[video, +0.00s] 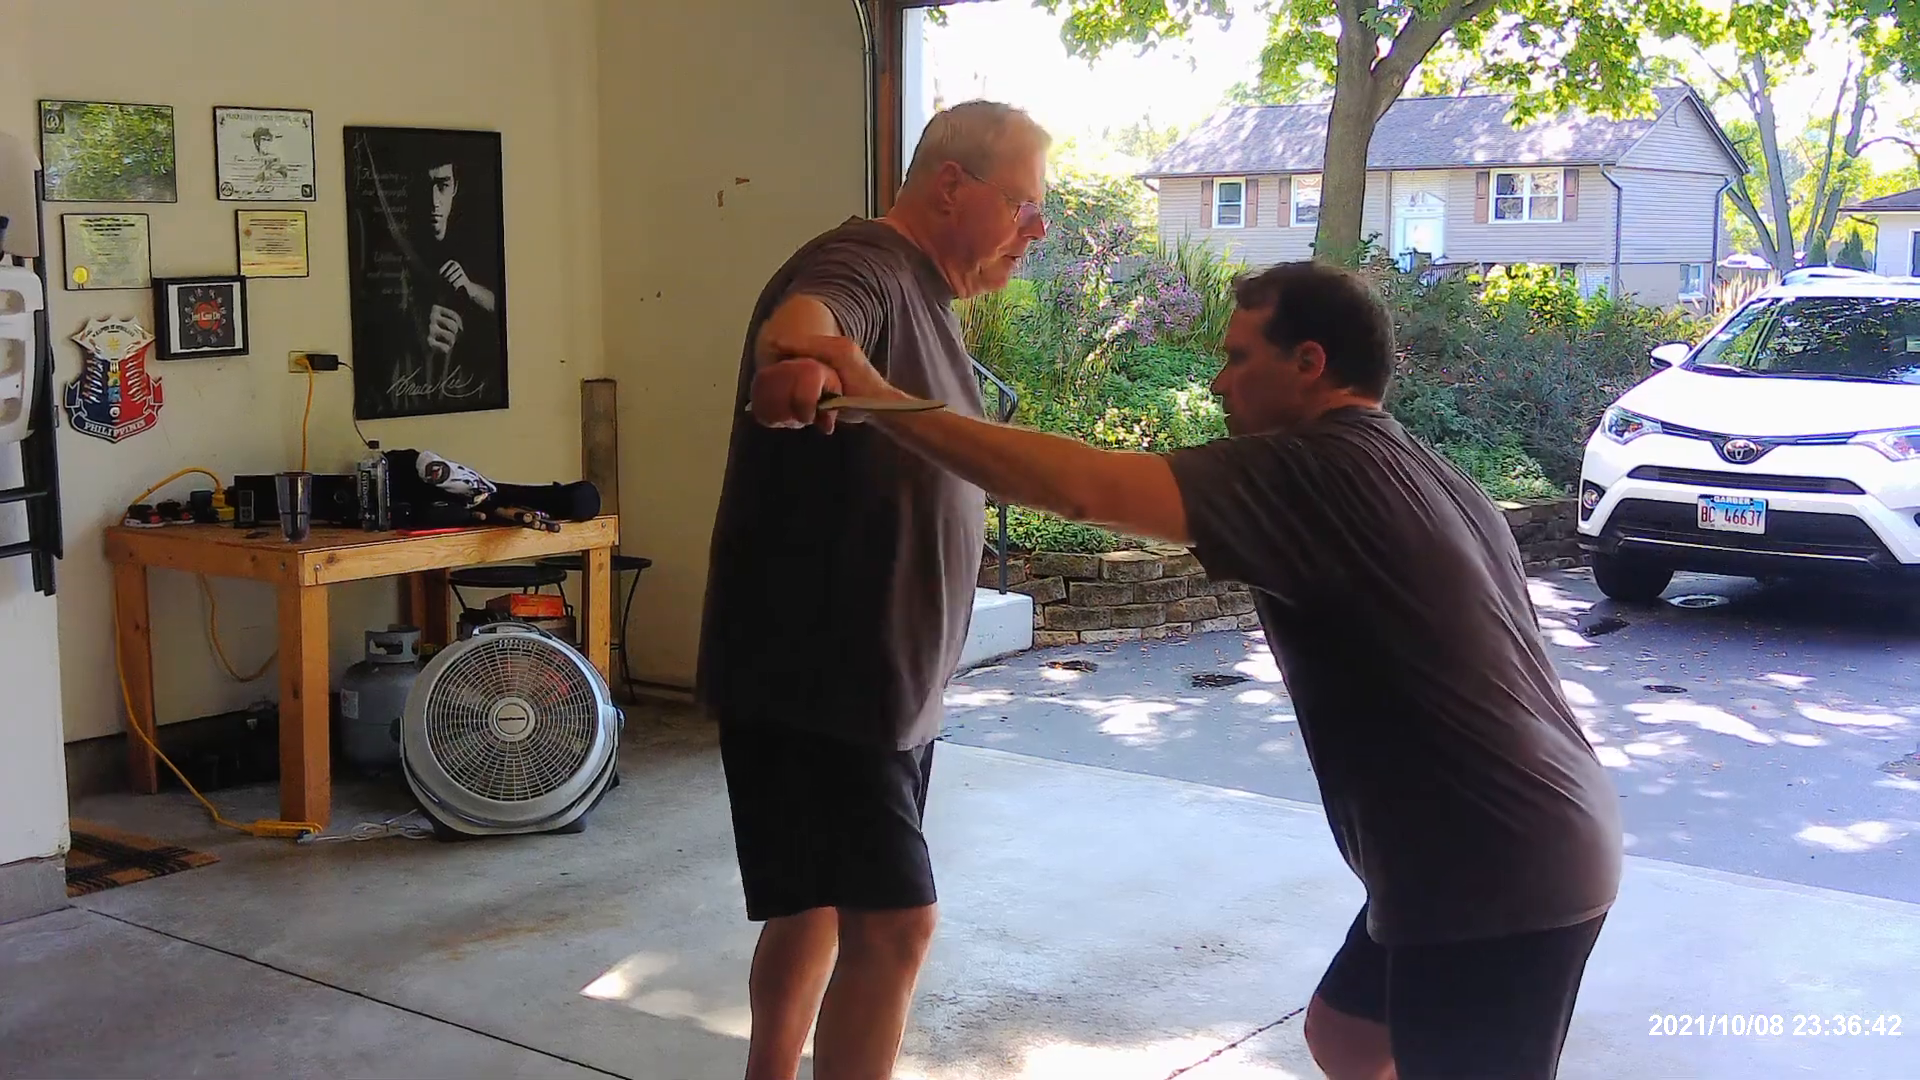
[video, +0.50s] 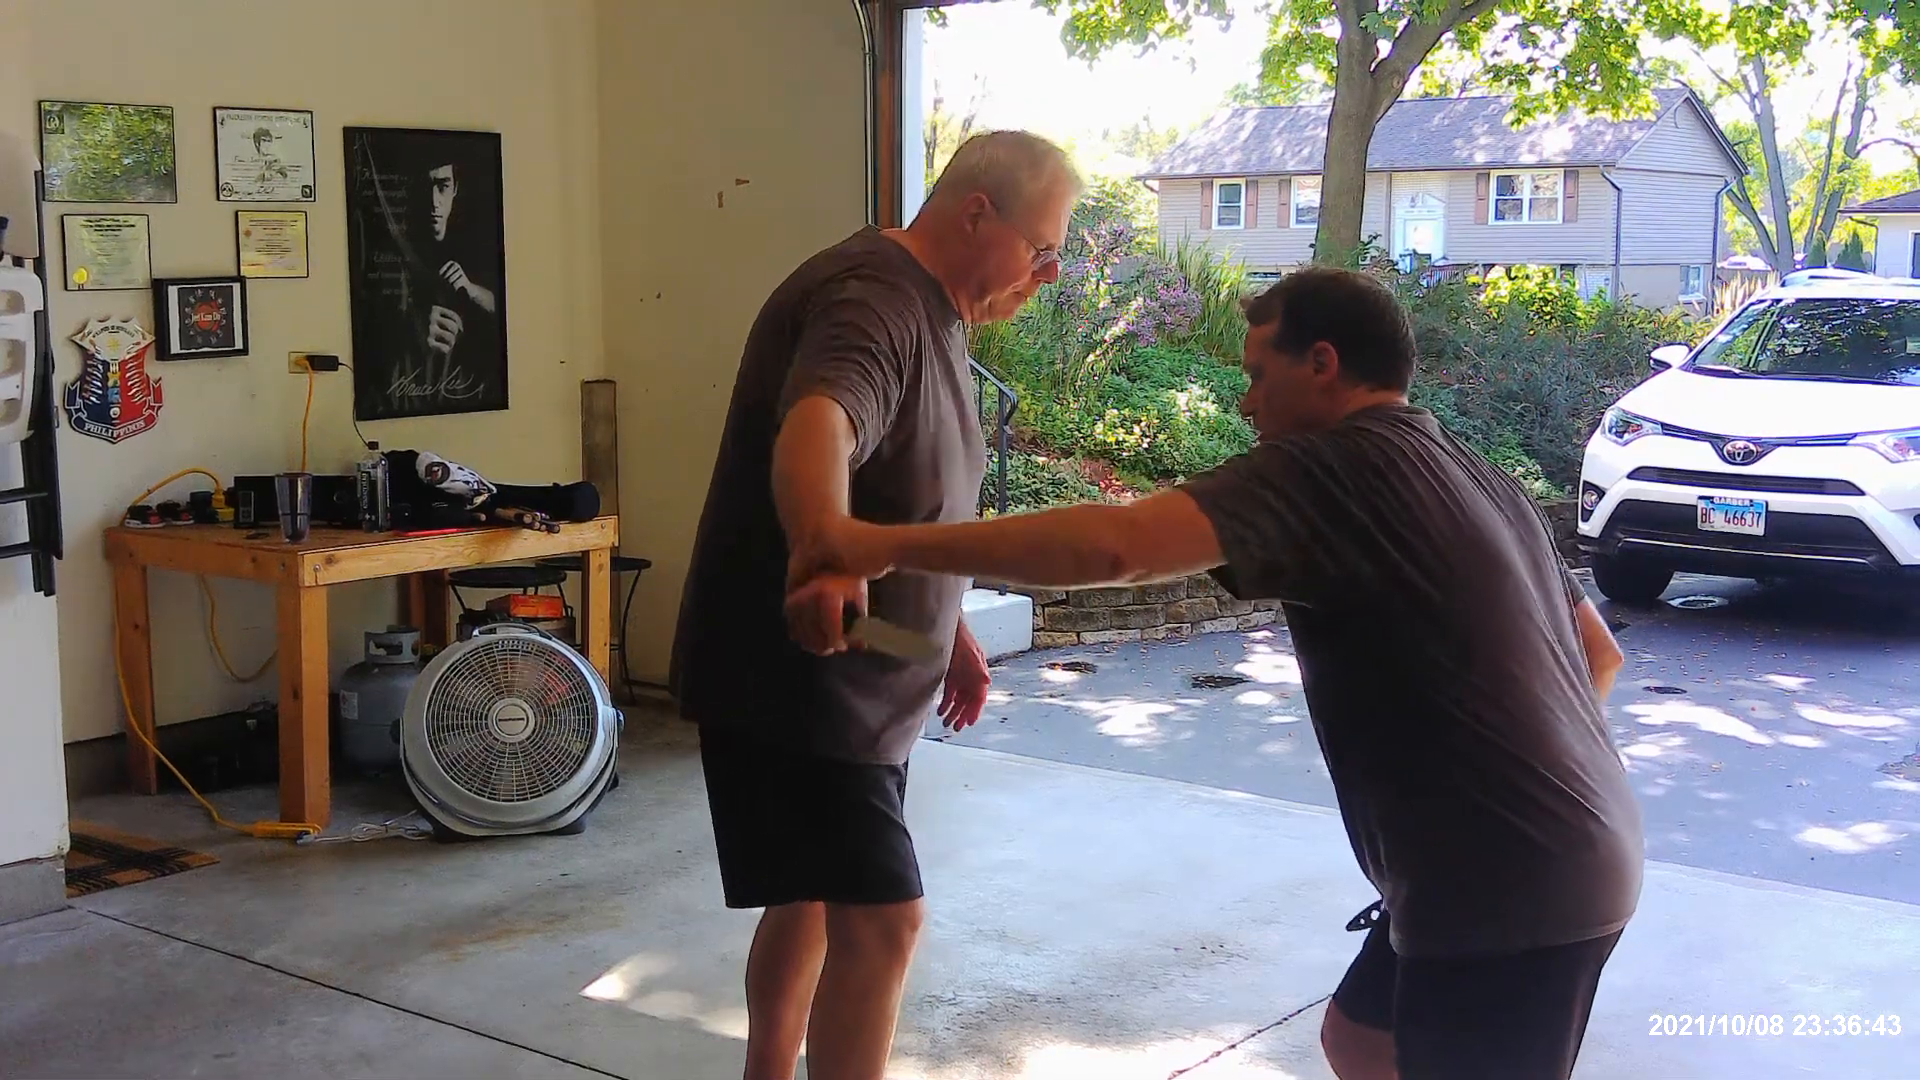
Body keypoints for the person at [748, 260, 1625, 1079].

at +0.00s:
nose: (1220, 377)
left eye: (1238, 355)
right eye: (1225, 354)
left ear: (1310, 364)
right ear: (1330, 370)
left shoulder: (1326, 466)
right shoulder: (1437, 474)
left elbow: (1095, 484)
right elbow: (1523, 653)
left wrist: (885, 405)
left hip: (1495, 871)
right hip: (1514, 842)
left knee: (1453, 1068)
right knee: (1348, 1029)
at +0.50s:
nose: (1246, 393)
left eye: (1257, 370)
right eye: (1246, 370)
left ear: (1321, 364)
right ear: (1354, 369)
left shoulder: (1340, 465)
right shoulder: (1472, 473)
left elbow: (1116, 542)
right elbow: (1597, 654)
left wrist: (889, 543)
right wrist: (1500, 776)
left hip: (1508, 874)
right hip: (1563, 842)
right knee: (1360, 1036)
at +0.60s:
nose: (1251, 404)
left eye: (1260, 378)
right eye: (1250, 380)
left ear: (1325, 374)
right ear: (1371, 381)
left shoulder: (1328, 478)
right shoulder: (1482, 476)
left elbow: (1128, 600)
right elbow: (1620, 634)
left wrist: (902, 626)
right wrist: (1528, 757)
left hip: (1517, 875)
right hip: (1589, 845)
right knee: (1370, 1036)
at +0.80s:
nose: (1260, 434)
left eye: (1267, 407)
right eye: (1258, 409)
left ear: (1323, 394)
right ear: (1381, 395)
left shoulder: (1317, 502)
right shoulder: (1502, 477)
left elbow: (1155, 686)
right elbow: (1665, 609)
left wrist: (965, 741)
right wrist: (1556, 723)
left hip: (1535, 892)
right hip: (1623, 856)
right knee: (1388, 1042)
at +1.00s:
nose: (1282, 438)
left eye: (1286, 411)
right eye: (1279, 413)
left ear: (1339, 399)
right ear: (1412, 397)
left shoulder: (1318, 508)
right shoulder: (1534, 485)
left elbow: (1208, 704)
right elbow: (1689, 628)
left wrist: (1058, 747)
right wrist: (1565, 733)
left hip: (1534, 896)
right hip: (1641, 862)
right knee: (1401, 1036)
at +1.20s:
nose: (1295, 419)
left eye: (1301, 394)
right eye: (1294, 394)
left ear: (1352, 394)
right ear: (1437, 401)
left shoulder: (1313, 501)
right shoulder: (1552, 491)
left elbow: (1262, 672)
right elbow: (1696, 639)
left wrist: (1168, 665)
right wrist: (1574, 725)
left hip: (1507, 897)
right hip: (1637, 878)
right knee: (1392, 1037)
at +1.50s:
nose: (1313, 408)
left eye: (1321, 385)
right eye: (1315, 386)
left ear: (1369, 388)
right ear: (1443, 396)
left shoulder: (1312, 482)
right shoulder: (1541, 496)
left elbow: (1254, 611)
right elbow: (1647, 681)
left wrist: (1178, 566)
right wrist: (1514, 754)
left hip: (1472, 883)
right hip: (1603, 869)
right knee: (1367, 1032)